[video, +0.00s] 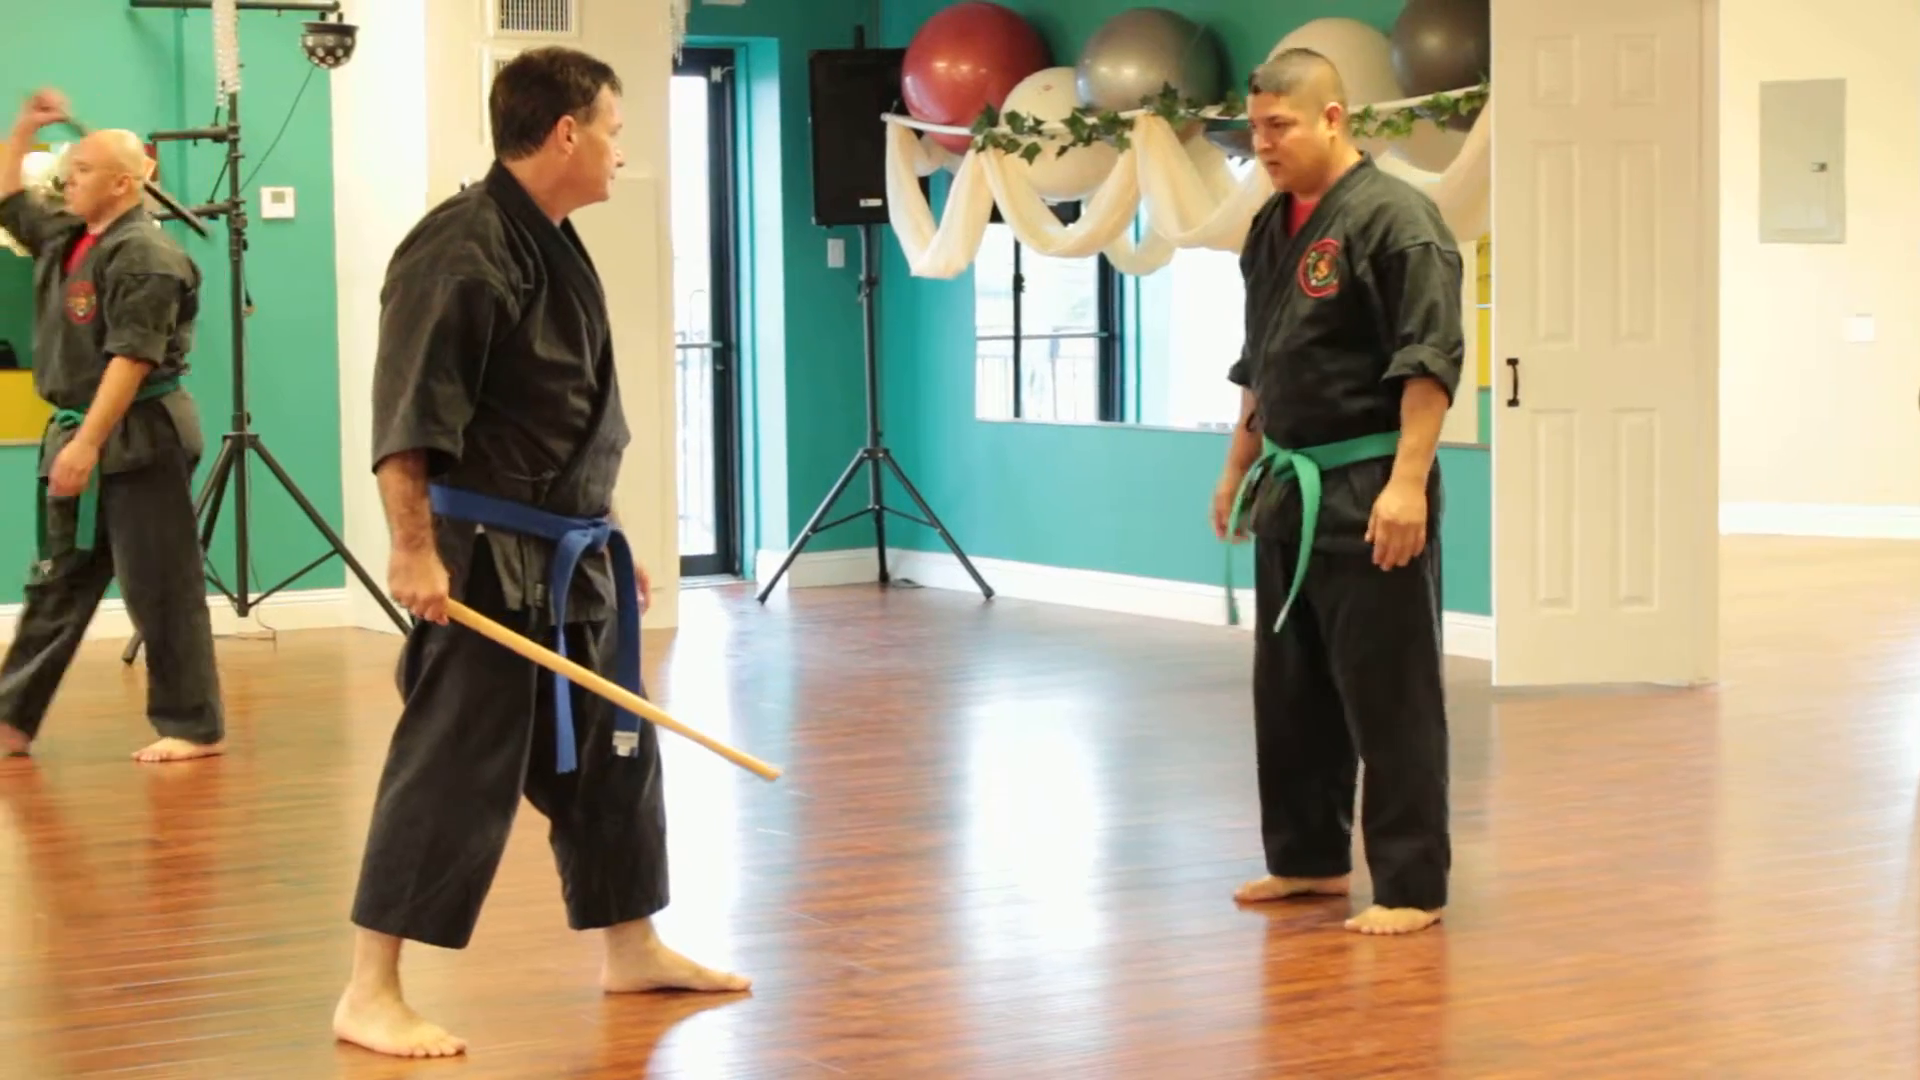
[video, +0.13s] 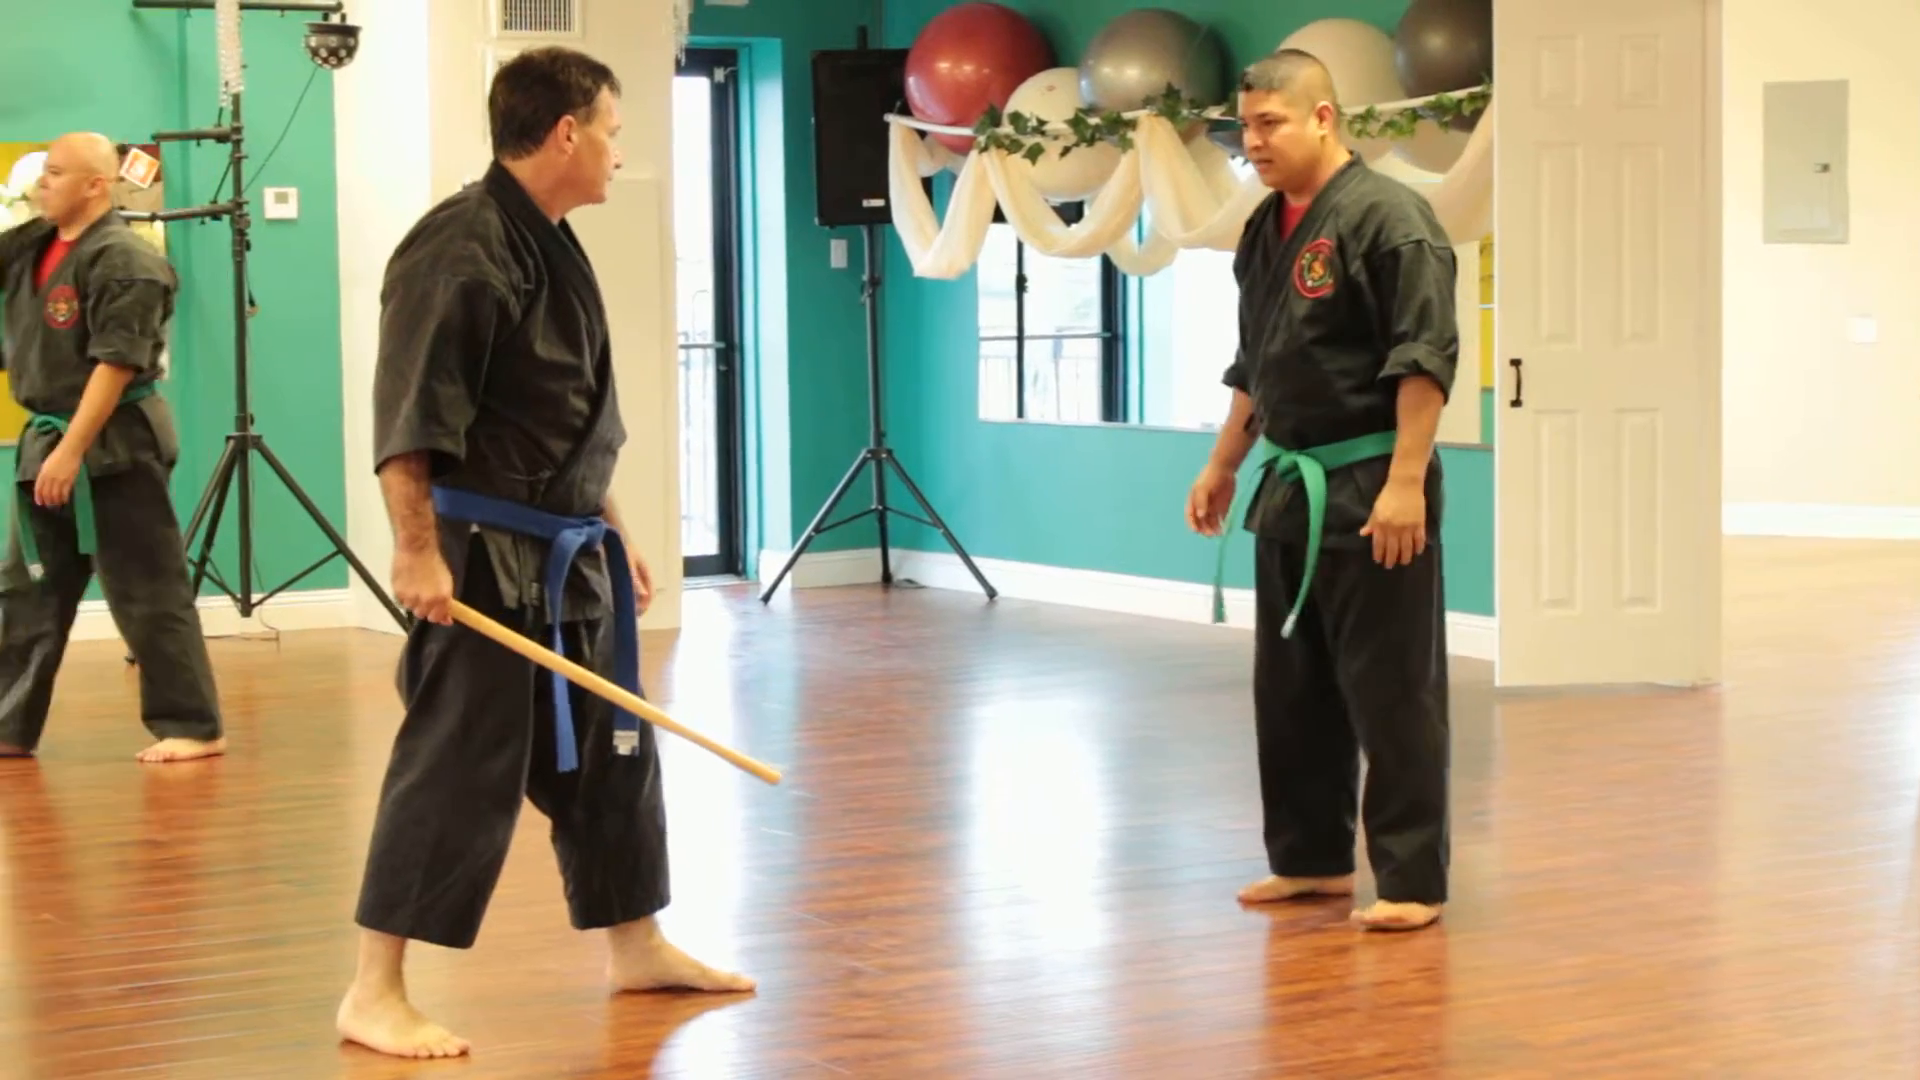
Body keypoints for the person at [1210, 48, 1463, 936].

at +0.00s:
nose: (1262, 144)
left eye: (1277, 127)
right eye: (1256, 129)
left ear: (1334, 119)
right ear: (1259, 131)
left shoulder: (1398, 216)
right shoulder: (1271, 224)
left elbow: (1432, 365)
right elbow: (1261, 364)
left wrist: (1408, 483)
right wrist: (1238, 464)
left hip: (1372, 479)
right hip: (1288, 480)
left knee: (1389, 690)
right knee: (1295, 682)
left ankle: (1410, 888)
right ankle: (1310, 862)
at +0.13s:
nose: (1252, 142)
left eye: (1268, 124)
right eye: (1245, 127)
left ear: (1325, 119)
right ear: (1247, 133)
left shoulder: (1389, 216)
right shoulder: (1263, 228)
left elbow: (1426, 362)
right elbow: (1258, 365)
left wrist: (1406, 482)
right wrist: (1223, 463)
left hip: (1374, 478)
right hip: (1288, 479)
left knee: (1392, 686)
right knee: (1295, 680)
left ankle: (1410, 881)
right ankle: (1312, 862)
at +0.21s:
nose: (1257, 141)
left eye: (1273, 123)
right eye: (1250, 126)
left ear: (1330, 119)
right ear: (1253, 133)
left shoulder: (1395, 216)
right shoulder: (1271, 229)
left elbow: (1433, 363)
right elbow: (1264, 367)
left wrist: (1410, 484)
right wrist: (1229, 465)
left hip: (1383, 476)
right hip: (1296, 477)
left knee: (1399, 684)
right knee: (1303, 681)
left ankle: (1418, 877)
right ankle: (1320, 863)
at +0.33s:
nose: (1276, 139)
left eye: (1292, 122)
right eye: (1271, 125)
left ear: (1349, 117)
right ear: (1276, 131)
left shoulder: (1415, 216)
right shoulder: (1291, 228)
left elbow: (1447, 366)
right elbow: (1283, 367)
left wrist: (1423, 487)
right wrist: (1252, 471)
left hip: (1393, 479)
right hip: (1307, 480)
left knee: (1409, 685)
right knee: (1314, 680)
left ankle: (1425, 882)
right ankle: (1330, 864)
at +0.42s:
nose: (1289, 143)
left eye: (1303, 125)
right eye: (1282, 129)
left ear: (1359, 116)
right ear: (1289, 132)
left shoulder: (1425, 217)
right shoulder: (1304, 226)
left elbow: (1451, 368)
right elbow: (1295, 367)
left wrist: (1429, 490)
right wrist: (1270, 471)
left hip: (1398, 478)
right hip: (1312, 479)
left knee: (1412, 688)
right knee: (1317, 680)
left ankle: (1428, 883)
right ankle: (1333, 862)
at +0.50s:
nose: (1298, 149)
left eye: (1311, 130)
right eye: (1291, 134)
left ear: (1367, 116)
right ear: (1298, 133)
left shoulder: (1435, 218)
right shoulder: (1315, 222)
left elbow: (1458, 369)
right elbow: (1310, 361)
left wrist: (1436, 491)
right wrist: (1297, 469)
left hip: (1404, 475)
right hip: (1321, 475)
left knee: (1414, 687)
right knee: (1318, 679)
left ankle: (1430, 882)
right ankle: (1334, 862)